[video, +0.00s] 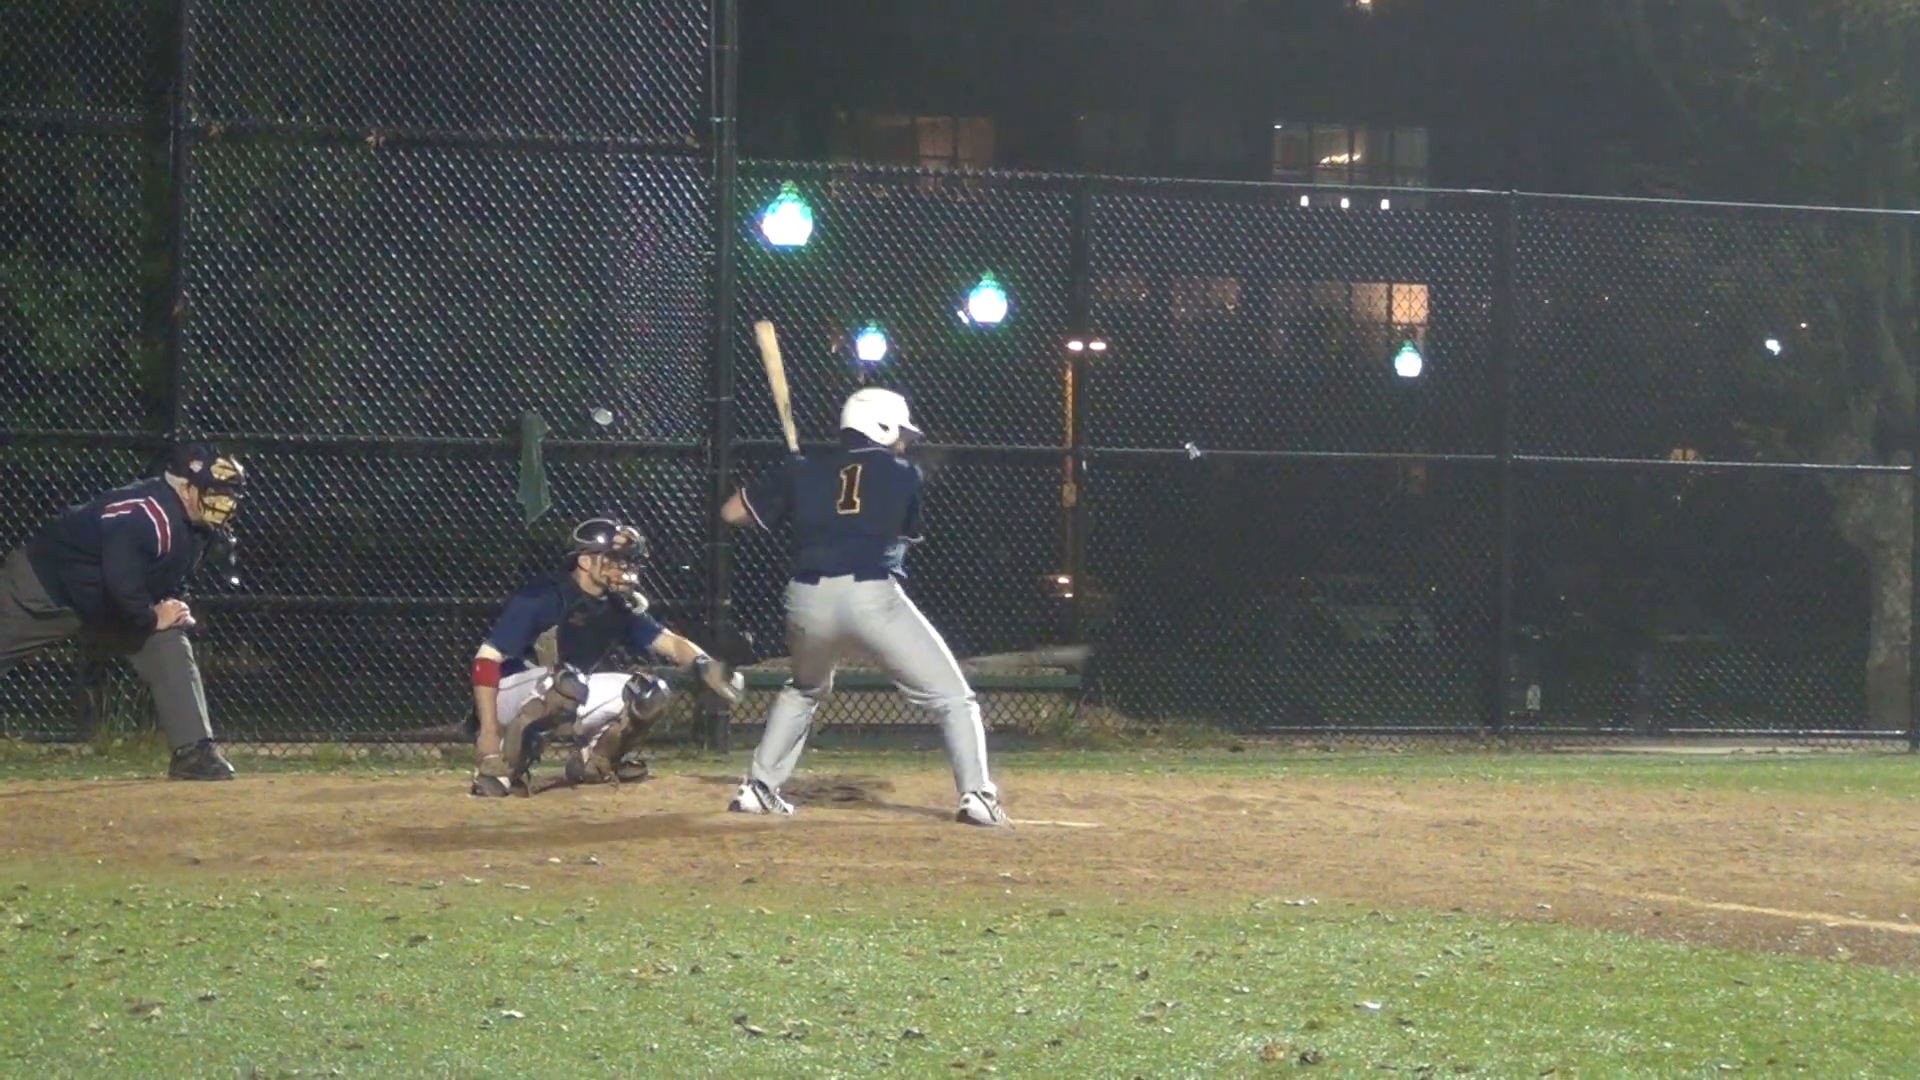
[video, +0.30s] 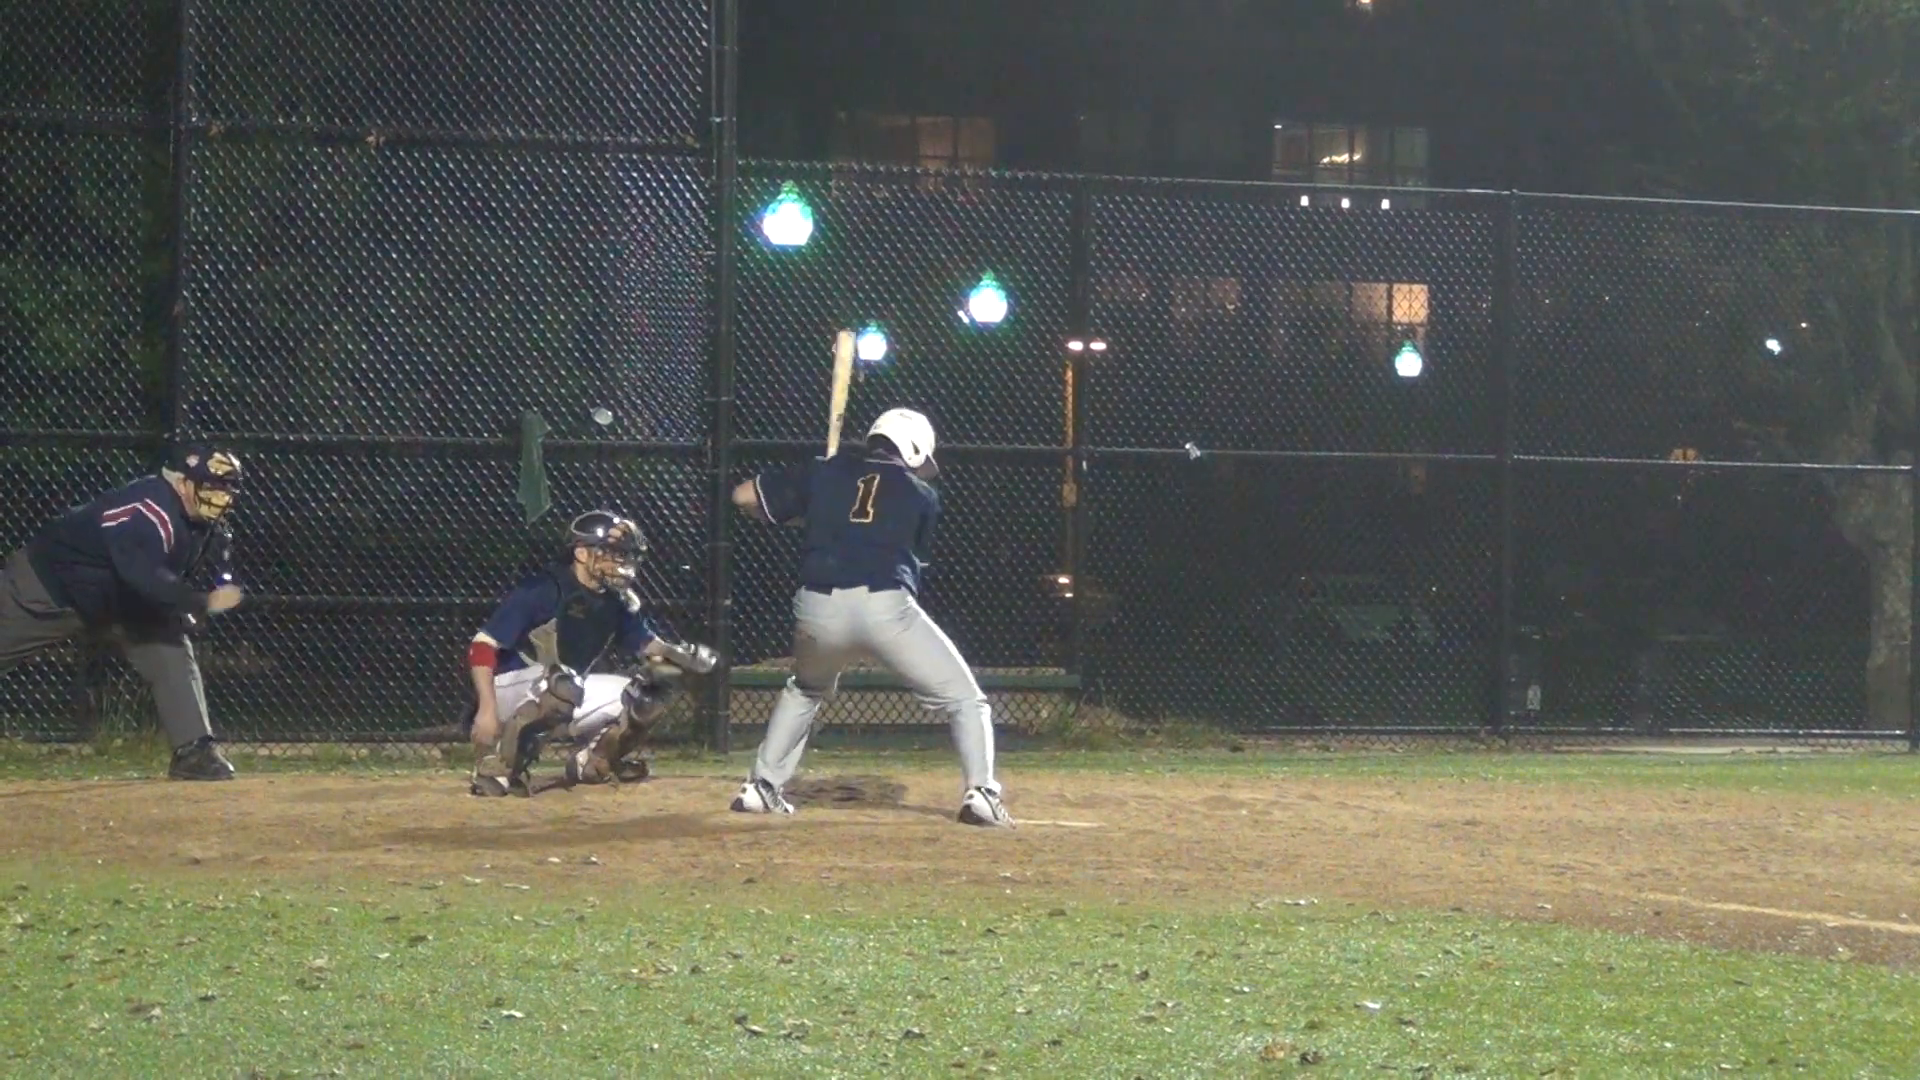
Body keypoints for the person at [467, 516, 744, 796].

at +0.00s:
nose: (623, 569)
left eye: (626, 561)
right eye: (615, 560)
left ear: (627, 563)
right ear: (586, 561)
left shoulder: (616, 607)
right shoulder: (542, 598)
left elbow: (671, 645)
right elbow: (486, 662)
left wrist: (707, 667)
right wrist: (489, 733)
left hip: (571, 695)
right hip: (509, 696)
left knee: (648, 693)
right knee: (566, 683)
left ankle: (593, 764)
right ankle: (501, 771)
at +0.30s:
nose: (620, 563)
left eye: (623, 555)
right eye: (610, 554)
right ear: (582, 554)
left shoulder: (618, 600)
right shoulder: (545, 589)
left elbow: (647, 645)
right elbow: (482, 647)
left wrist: (682, 657)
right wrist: (487, 710)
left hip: (568, 692)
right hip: (505, 692)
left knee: (648, 692)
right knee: (562, 687)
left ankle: (594, 765)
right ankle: (496, 769)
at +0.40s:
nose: (622, 552)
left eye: (625, 545)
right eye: (612, 544)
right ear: (582, 545)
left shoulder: (621, 596)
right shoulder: (541, 584)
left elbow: (645, 649)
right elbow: (490, 642)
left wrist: (667, 659)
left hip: (575, 691)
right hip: (514, 690)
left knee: (651, 697)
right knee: (565, 691)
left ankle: (591, 764)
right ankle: (500, 771)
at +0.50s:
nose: (621, 539)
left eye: (624, 532)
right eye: (610, 530)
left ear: (631, 536)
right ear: (581, 534)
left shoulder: (621, 584)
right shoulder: (542, 580)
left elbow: (655, 652)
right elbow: (501, 645)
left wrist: (637, 626)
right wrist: (555, 638)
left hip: (579, 681)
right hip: (515, 679)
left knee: (657, 695)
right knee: (569, 690)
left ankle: (593, 761)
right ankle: (501, 770)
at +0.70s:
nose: (625, 521)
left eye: (629, 513)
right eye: (613, 511)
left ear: (637, 518)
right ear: (585, 515)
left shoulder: (639, 566)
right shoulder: (551, 564)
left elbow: (667, 638)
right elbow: (522, 641)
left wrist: (639, 606)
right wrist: (548, 611)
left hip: (600, 676)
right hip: (540, 668)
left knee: (678, 707)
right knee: (569, 685)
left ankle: (608, 752)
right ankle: (500, 767)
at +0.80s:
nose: (629, 515)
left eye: (635, 507)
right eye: (618, 505)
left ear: (645, 512)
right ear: (590, 508)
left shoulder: (647, 557)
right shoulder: (567, 551)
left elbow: (692, 620)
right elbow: (523, 628)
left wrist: (667, 583)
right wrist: (520, 590)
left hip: (615, 672)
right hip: (559, 660)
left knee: (688, 717)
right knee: (571, 683)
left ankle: (620, 749)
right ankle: (501, 767)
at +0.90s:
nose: (640, 510)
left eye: (645, 502)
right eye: (628, 501)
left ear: (654, 505)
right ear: (600, 505)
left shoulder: (658, 554)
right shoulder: (570, 550)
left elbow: (716, 599)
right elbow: (518, 602)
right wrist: (496, 551)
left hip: (632, 673)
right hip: (575, 662)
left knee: (696, 725)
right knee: (571, 682)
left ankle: (626, 749)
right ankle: (502, 765)